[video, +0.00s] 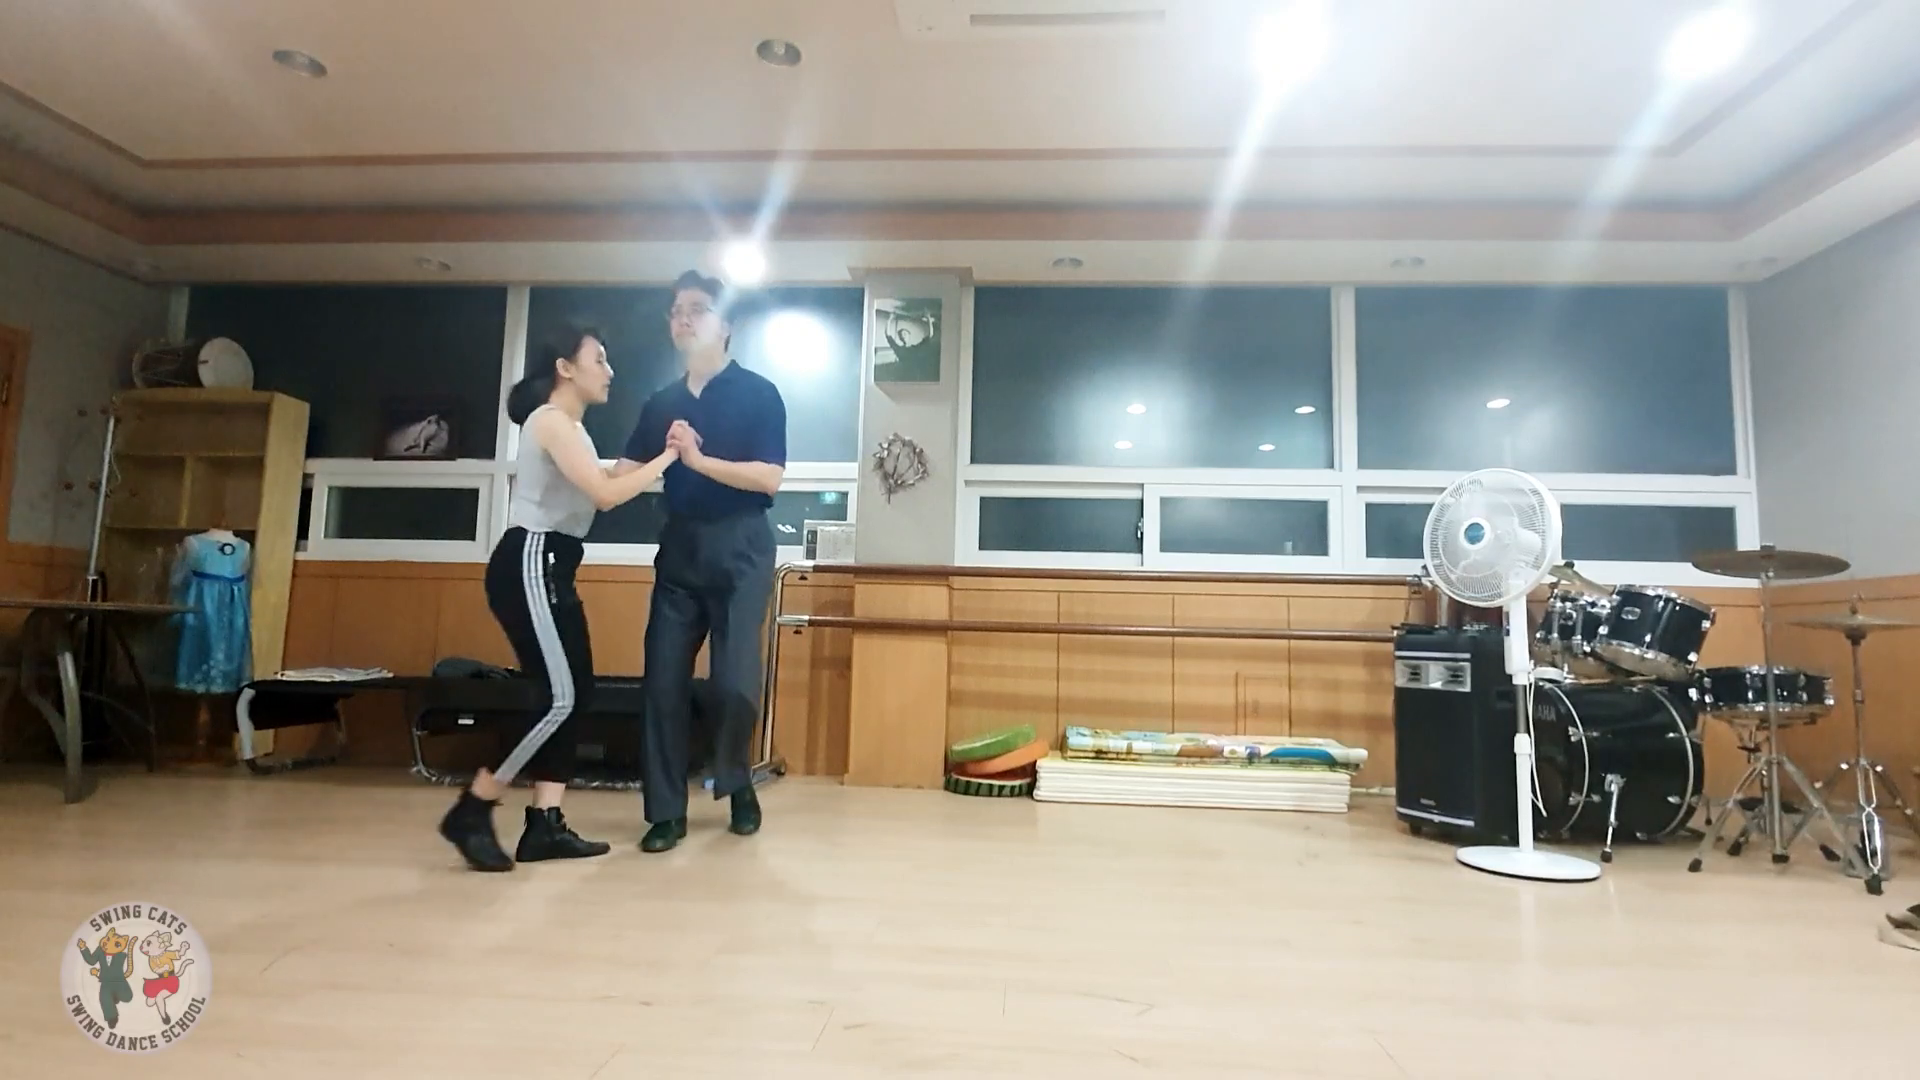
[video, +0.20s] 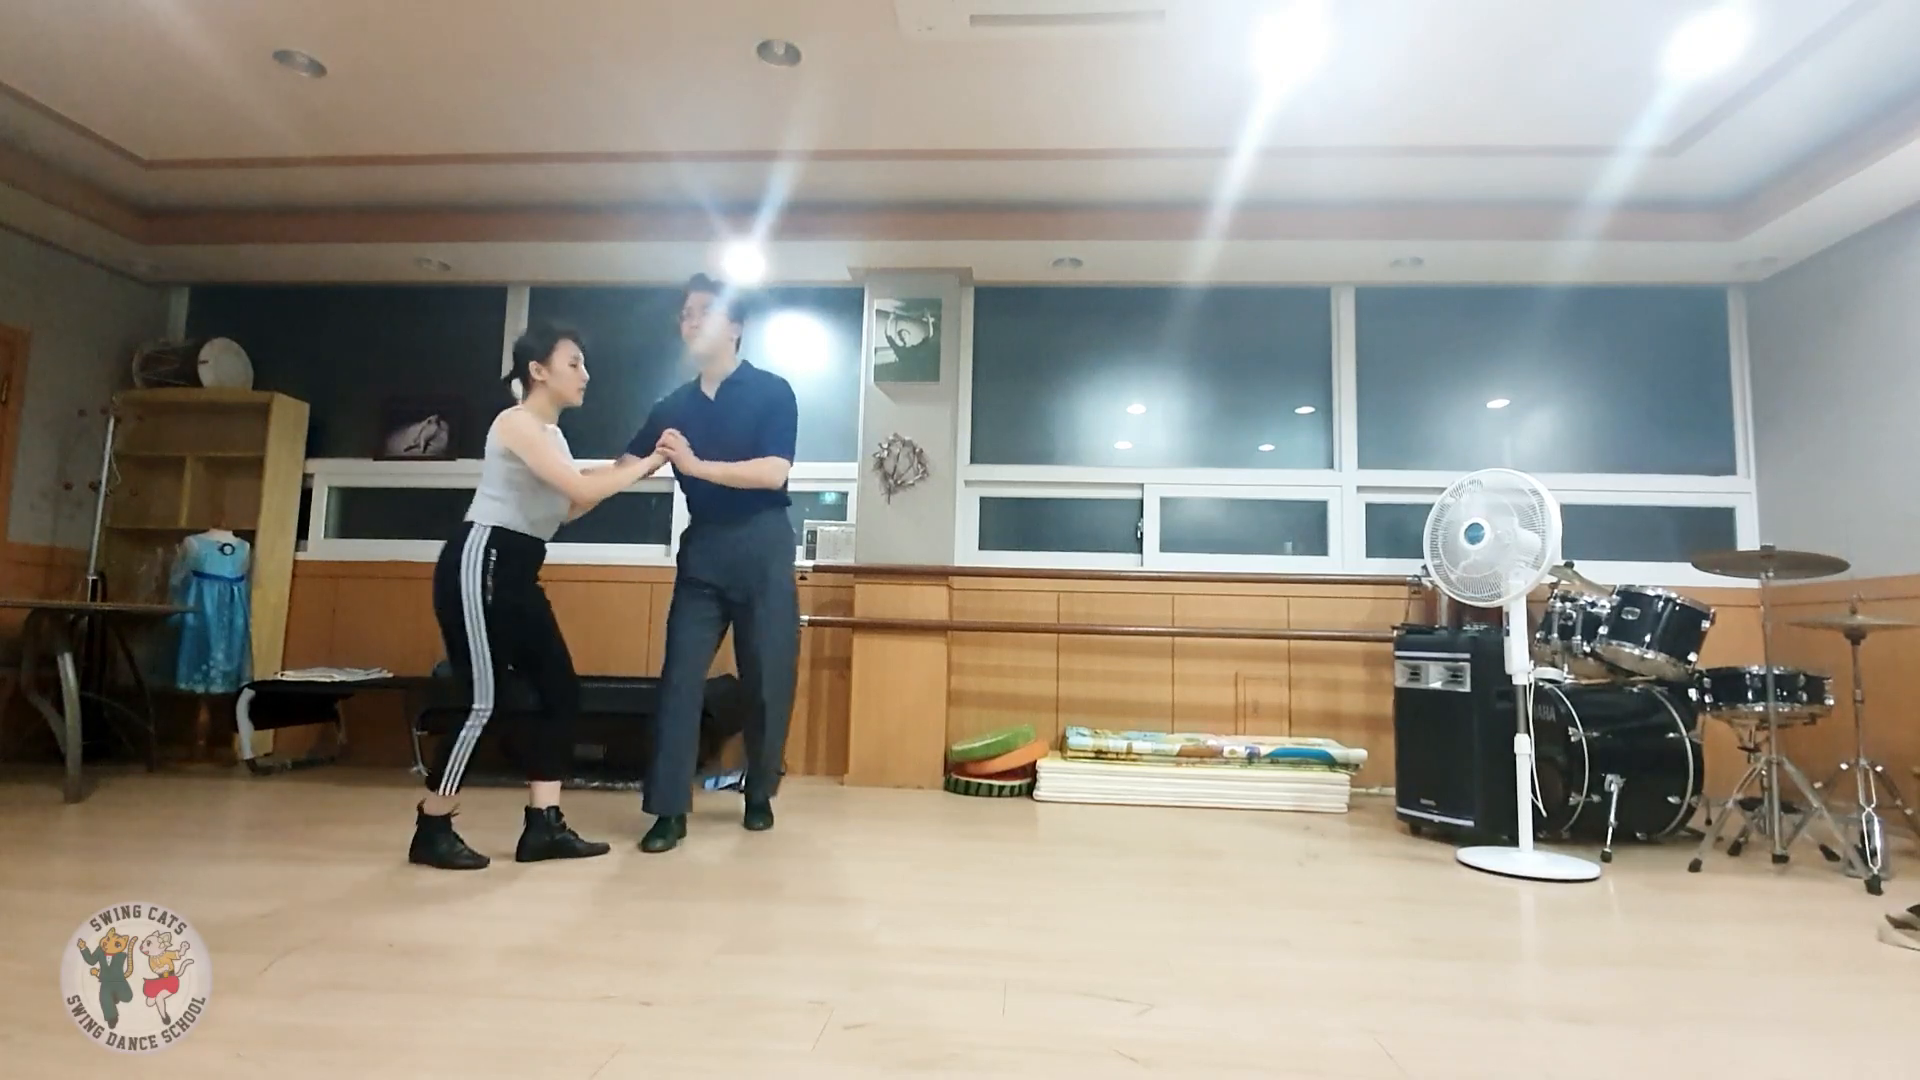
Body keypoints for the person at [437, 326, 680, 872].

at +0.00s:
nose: (610, 371)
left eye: (607, 361)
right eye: (599, 361)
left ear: (571, 373)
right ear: (565, 370)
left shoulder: (568, 426)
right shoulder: (553, 422)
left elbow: (596, 488)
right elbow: (605, 493)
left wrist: (633, 470)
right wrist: (664, 463)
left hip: (553, 564)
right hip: (529, 562)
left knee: (575, 693)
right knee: (560, 698)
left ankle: (545, 826)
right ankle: (471, 809)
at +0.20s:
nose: (584, 375)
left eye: (583, 364)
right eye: (572, 364)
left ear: (549, 374)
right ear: (536, 371)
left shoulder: (554, 436)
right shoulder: (514, 422)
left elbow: (566, 510)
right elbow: (579, 488)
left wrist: (617, 475)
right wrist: (641, 465)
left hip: (516, 571)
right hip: (477, 564)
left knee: (559, 688)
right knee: (483, 700)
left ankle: (544, 826)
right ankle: (432, 826)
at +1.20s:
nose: (595, 381)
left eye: (600, 375)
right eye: (582, 371)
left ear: (605, 390)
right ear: (554, 381)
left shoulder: (603, 455)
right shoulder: (531, 429)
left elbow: (637, 515)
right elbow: (560, 465)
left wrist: (674, 464)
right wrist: (620, 445)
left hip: (561, 574)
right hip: (513, 566)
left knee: (601, 674)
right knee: (518, 688)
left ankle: (574, 800)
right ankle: (498, 815)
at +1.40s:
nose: (611, 382)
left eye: (616, 371)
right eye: (600, 371)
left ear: (627, 381)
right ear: (581, 382)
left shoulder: (642, 437)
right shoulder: (565, 434)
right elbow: (555, 463)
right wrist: (575, 421)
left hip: (611, 569)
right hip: (560, 564)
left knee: (632, 686)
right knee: (547, 688)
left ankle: (622, 805)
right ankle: (504, 815)